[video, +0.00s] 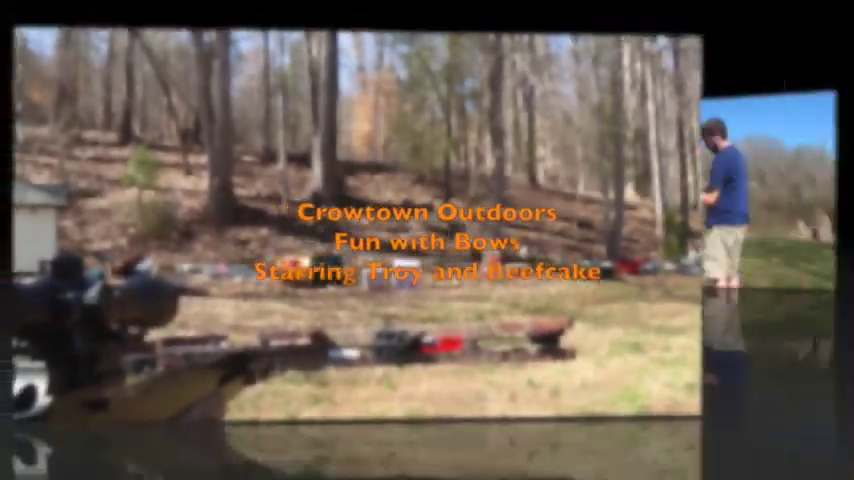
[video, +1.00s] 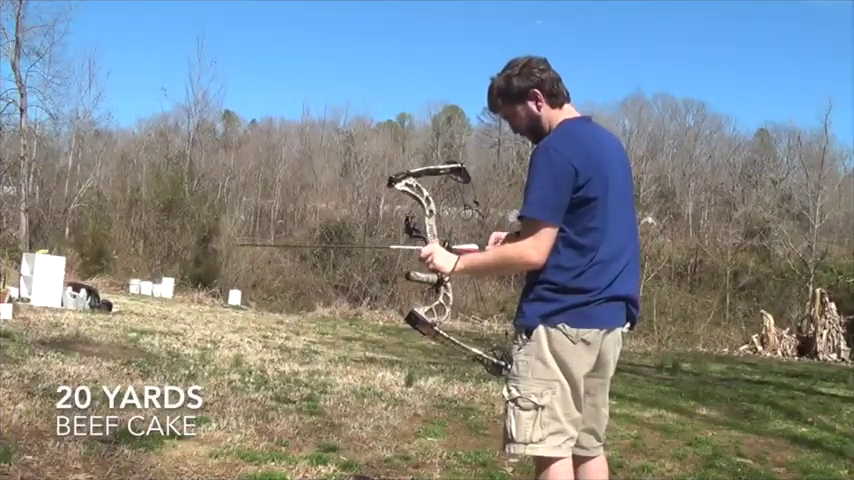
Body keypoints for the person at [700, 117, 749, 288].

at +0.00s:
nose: (705, 144)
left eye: (706, 139)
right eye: (704, 139)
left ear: (714, 137)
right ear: (721, 135)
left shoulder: (722, 159)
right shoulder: (736, 155)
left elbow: (712, 197)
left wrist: (697, 196)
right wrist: (707, 193)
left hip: (722, 221)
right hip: (738, 220)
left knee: (717, 272)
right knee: (732, 271)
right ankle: (732, 308)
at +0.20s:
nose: (692, 144)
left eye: (692, 139)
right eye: (691, 139)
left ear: (703, 135)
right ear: (709, 134)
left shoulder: (711, 158)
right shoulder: (725, 154)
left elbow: (701, 200)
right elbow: (714, 191)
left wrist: (669, 203)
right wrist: (691, 193)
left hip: (711, 224)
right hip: (729, 222)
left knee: (706, 278)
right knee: (722, 276)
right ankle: (724, 319)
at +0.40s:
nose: (643, 142)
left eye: (643, 135)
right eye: (641, 137)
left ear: (658, 128)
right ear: (663, 128)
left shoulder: (667, 156)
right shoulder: (690, 152)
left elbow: (652, 209)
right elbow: (680, 201)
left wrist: (611, 213)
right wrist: (648, 198)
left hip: (669, 243)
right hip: (693, 241)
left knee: (662, 312)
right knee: (683, 310)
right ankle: (685, 362)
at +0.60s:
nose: (570, 134)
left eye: (569, 124)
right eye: (566, 126)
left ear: (590, 113)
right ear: (596, 112)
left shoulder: (604, 153)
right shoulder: (640, 148)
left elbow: (581, 230)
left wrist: (520, 235)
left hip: (606, 283)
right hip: (642, 280)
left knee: (599, 382)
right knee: (628, 378)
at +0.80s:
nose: (515, 128)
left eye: (512, 115)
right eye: (509, 118)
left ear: (538, 98)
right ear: (545, 97)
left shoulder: (556, 149)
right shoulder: (608, 144)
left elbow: (528, 251)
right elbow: (569, 245)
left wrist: (449, 260)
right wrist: (489, 251)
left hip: (559, 319)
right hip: (608, 316)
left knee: (552, 451)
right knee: (588, 446)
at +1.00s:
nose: (513, 130)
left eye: (511, 118)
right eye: (507, 121)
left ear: (536, 101)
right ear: (543, 99)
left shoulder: (556, 149)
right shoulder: (607, 143)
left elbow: (533, 253)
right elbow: (584, 238)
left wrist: (456, 262)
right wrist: (517, 242)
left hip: (561, 320)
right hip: (608, 317)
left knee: (551, 452)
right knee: (588, 447)